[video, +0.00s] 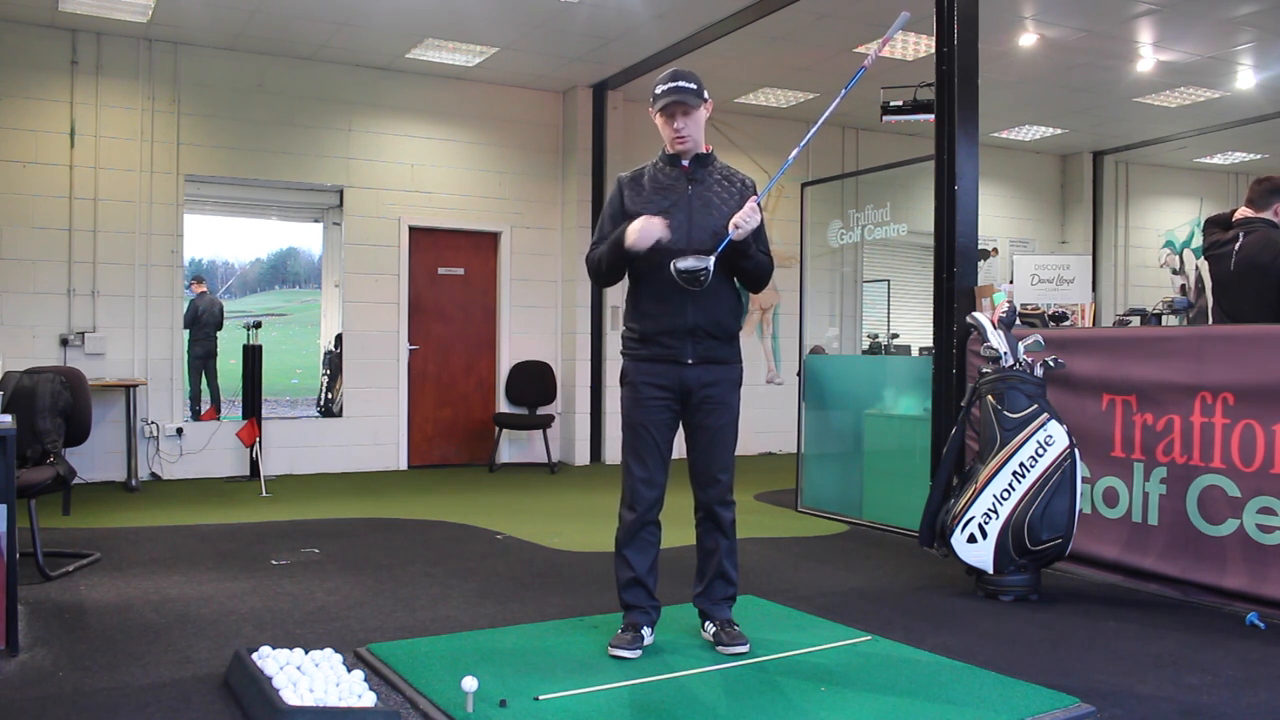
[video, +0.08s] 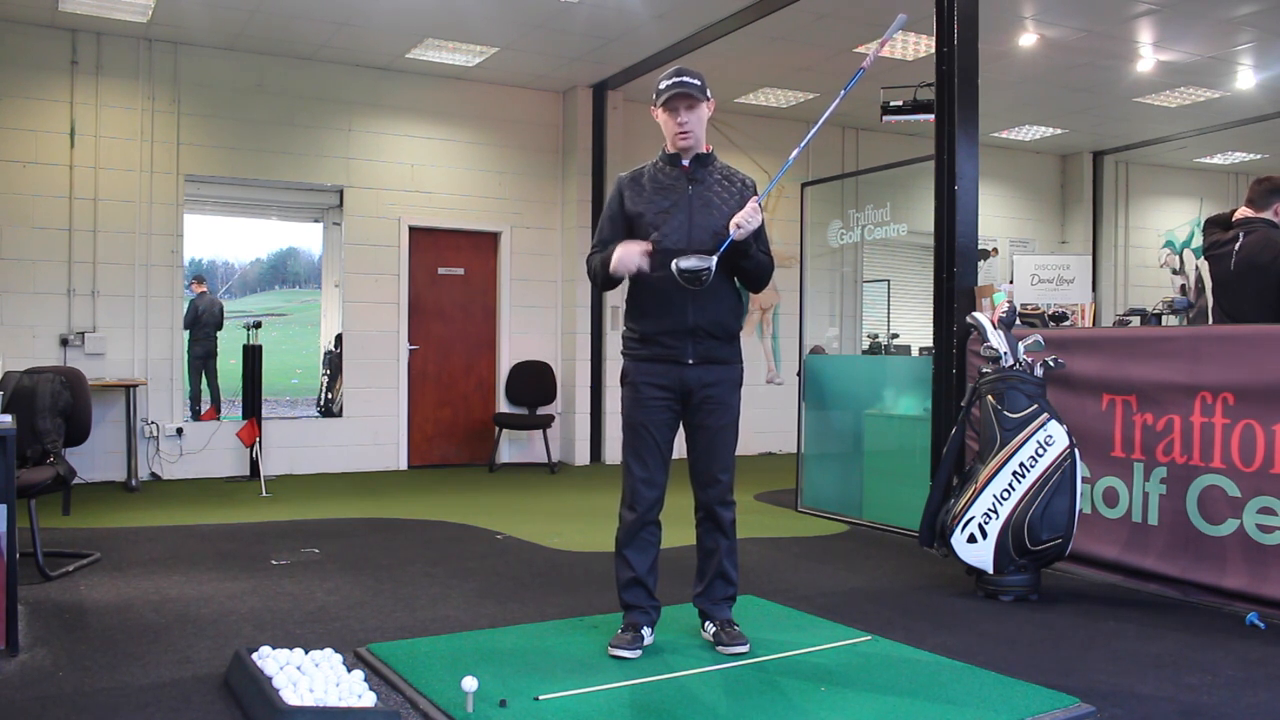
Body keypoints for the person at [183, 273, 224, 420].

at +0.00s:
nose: (191, 289)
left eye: (192, 286)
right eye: (191, 287)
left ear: (197, 285)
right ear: (204, 285)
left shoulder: (195, 302)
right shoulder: (217, 302)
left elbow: (186, 323)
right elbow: (219, 326)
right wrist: (207, 323)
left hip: (196, 344)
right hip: (211, 344)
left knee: (195, 382)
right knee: (212, 381)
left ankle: (195, 414)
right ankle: (216, 412)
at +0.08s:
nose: (191, 289)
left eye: (192, 286)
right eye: (191, 286)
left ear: (197, 285)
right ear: (204, 285)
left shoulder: (195, 302)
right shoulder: (217, 302)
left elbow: (187, 324)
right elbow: (219, 326)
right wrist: (207, 322)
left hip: (196, 344)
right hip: (211, 344)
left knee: (195, 382)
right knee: (213, 381)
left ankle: (195, 414)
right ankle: (216, 412)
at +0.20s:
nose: (191, 288)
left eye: (192, 285)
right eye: (191, 285)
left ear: (198, 285)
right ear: (205, 285)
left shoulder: (195, 302)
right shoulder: (217, 302)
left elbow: (187, 324)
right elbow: (220, 325)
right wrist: (208, 323)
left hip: (196, 344)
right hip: (211, 343)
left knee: (195, 382)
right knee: (213, 381)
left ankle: (195, 414)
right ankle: (216, 412)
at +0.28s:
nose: (191, 288)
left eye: (193, 285)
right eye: (191, 285)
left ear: (199, 285)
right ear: (205, 285)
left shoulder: (195, 302)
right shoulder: (217, 302)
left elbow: (188, 326)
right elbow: (220, 325)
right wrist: (208, 324)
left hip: (196, 344)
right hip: (211, 343)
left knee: (195, 382)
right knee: (213, 381)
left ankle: (195, 414)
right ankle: (216, 412)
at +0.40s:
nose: (191, 288)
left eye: (193, 285)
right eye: (191, 285)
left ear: (199, 285)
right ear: (205, 285)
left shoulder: (195, 302)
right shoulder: (217, 302)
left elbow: (188, 326)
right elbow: (220, 325)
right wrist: (208, 323)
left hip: (196, 344)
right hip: (211, 343)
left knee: (195, 382)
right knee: (213, 381)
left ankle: (195, 414)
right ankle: (216, 412)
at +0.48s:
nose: (192, 287)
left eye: (193, 284)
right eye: (192, 284)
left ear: (198, 284)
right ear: (206, 285)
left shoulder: (195, 302)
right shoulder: (217, 302)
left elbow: (189, 325)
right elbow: (220, 325)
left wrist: (188, 326)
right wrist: (209, 323)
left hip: (196, 344)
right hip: (211, 343)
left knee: (195, 382)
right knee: (212, 381)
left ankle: (195, 414)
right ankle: (216, 412)